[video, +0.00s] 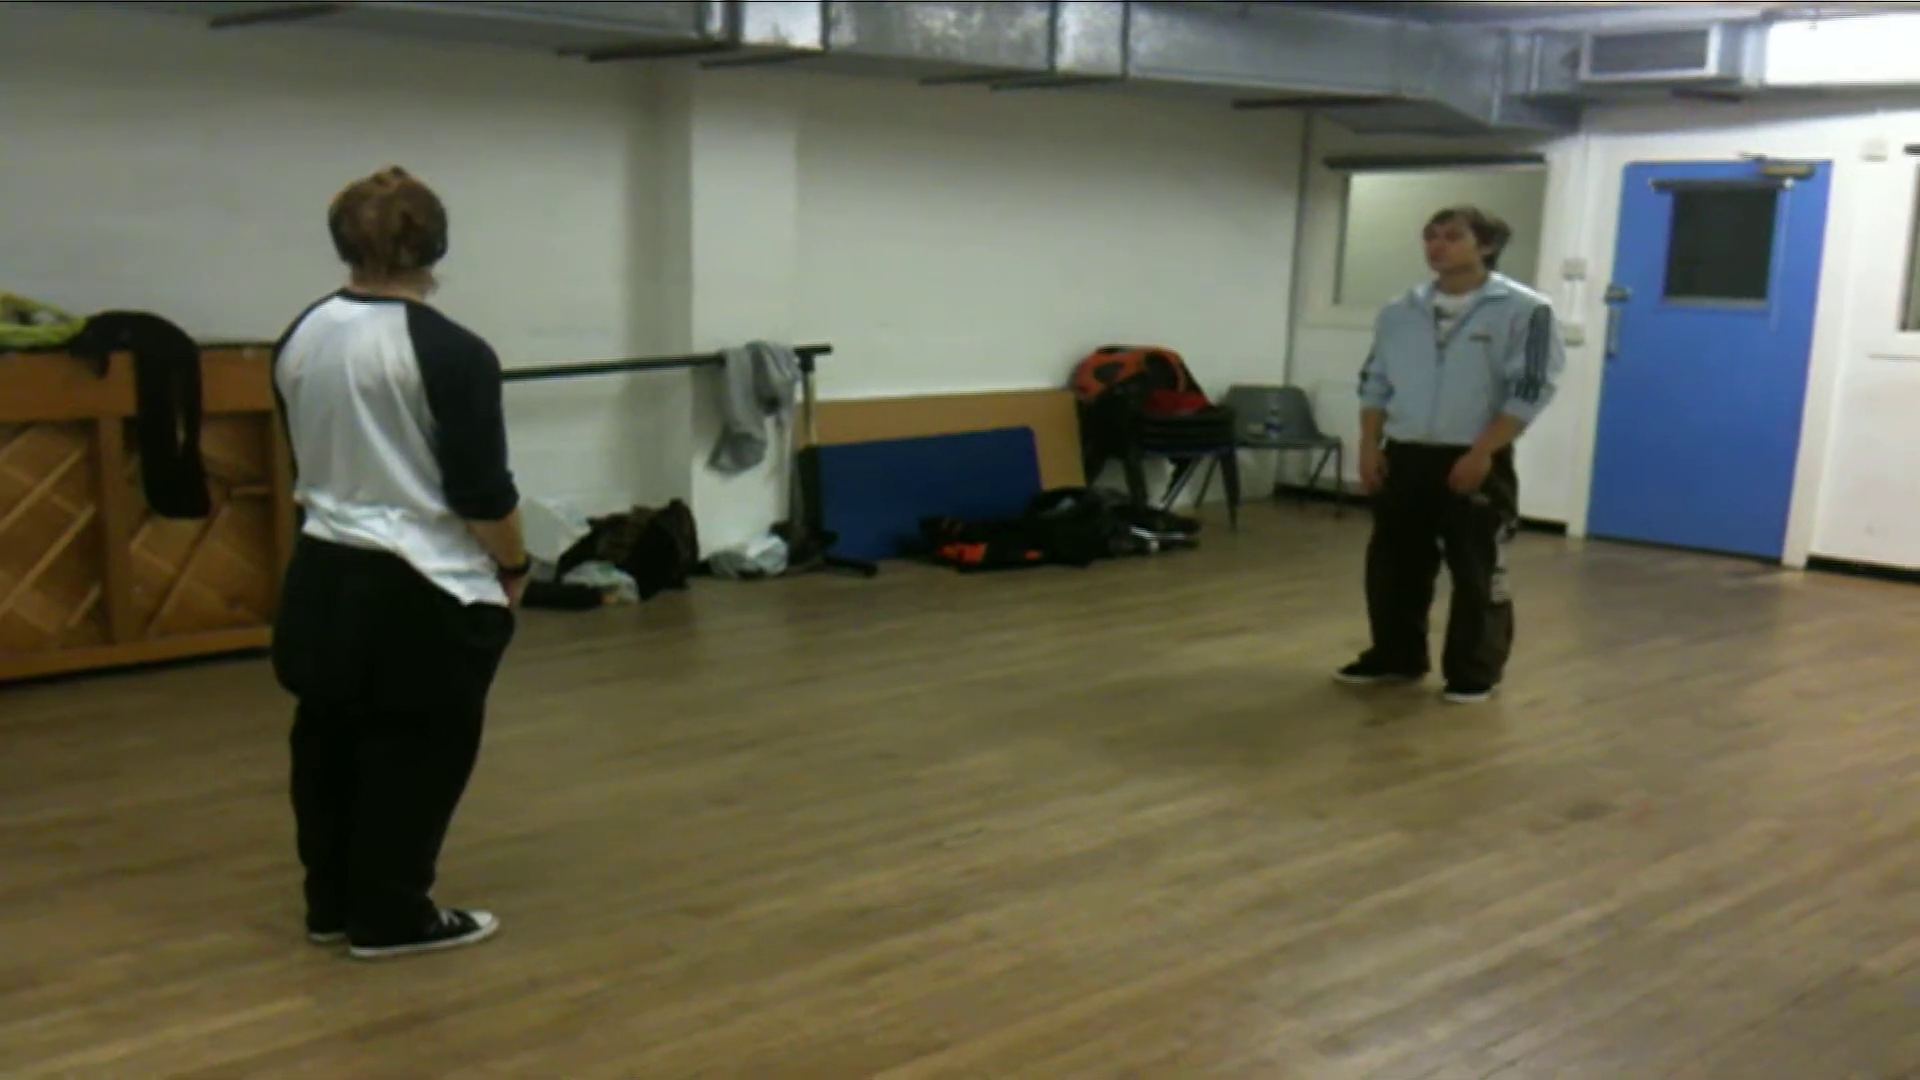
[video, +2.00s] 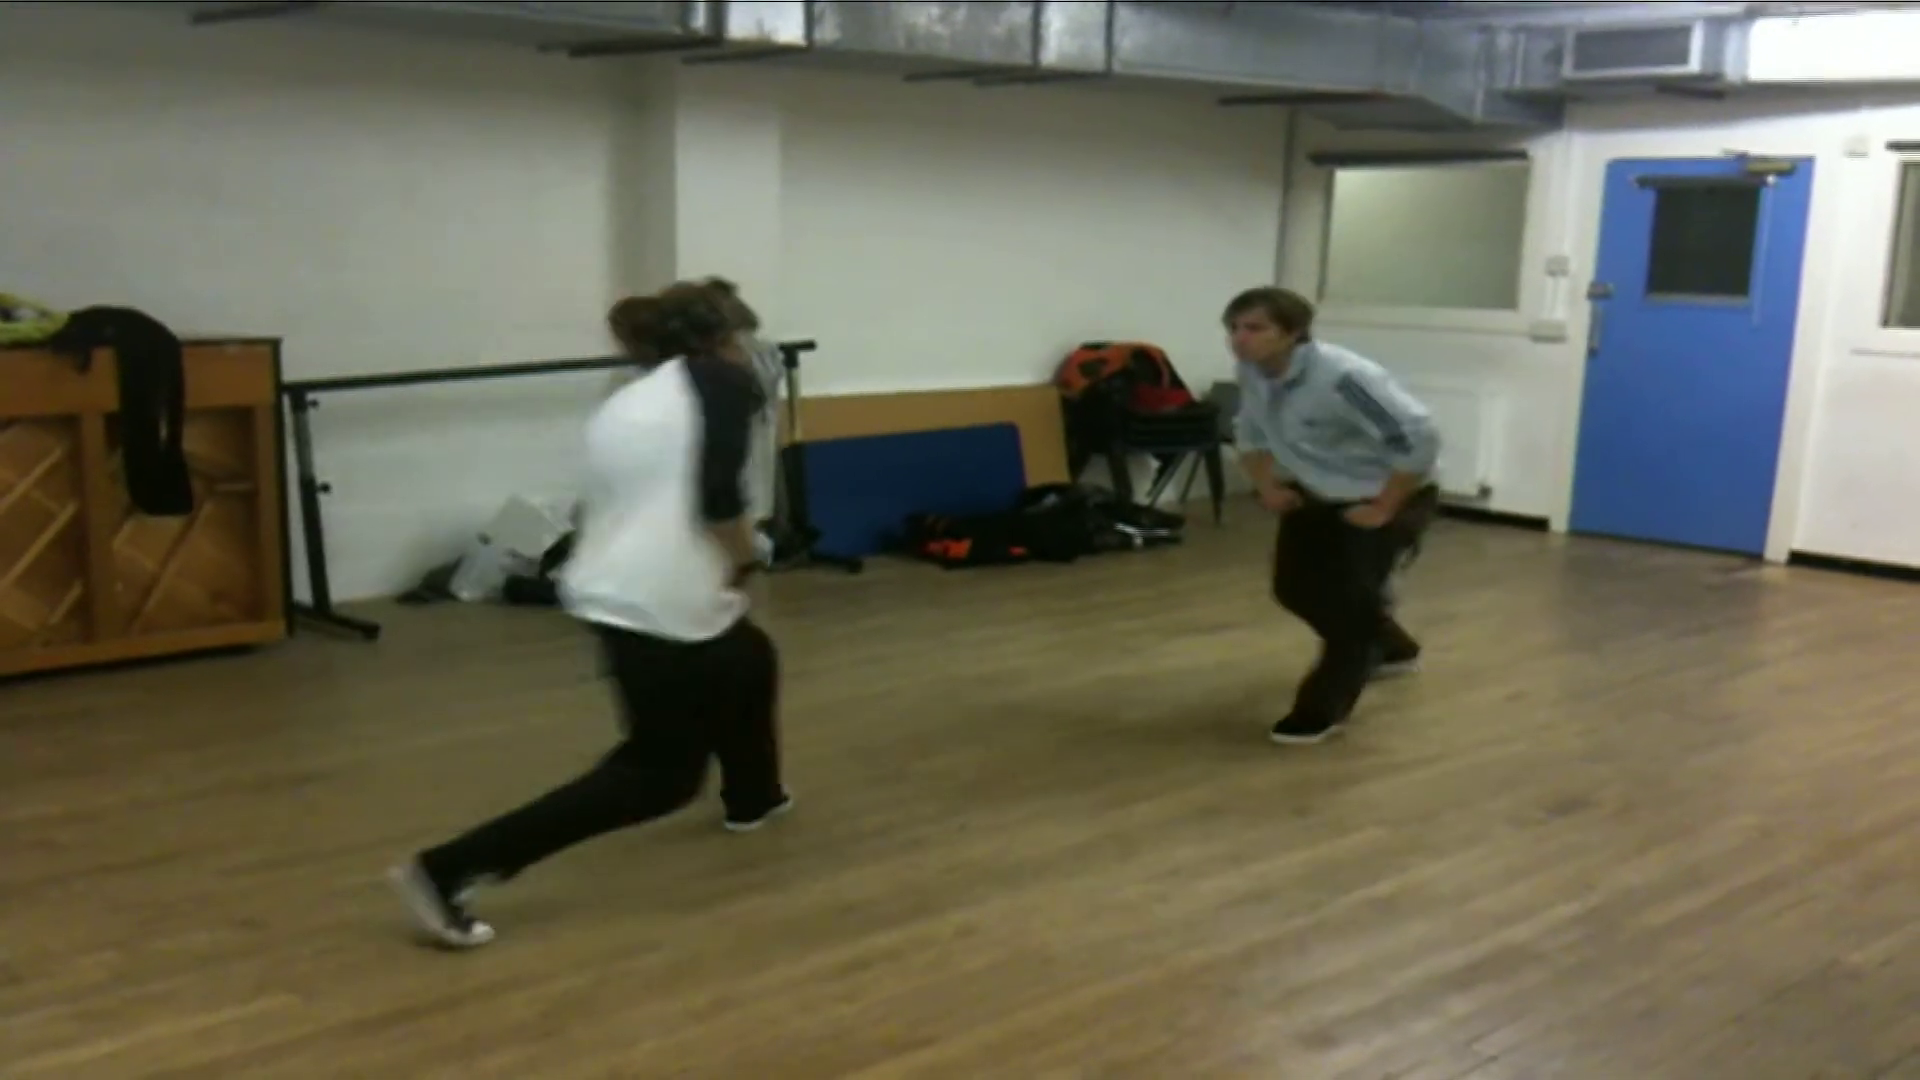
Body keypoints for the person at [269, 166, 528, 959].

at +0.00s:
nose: (439, 252)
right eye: (436, 242)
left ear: (347, 248)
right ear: (431, 249)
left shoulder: (300, 339)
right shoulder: (453, 355)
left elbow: (308, 469)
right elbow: (483, 492)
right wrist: (512, 566)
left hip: (324, 585)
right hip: (428, 599)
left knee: (330, 738)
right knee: (423, 756)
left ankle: (331, 902)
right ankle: (393, 913)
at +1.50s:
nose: (525, 247)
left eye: (522, 233)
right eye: (516, 234)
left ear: (440, 246)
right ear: (479, 248)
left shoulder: (375, 326)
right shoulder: (480, 354)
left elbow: (370, 461)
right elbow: (498, 500)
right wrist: (512, 588)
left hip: (341, 576)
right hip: (428, 594)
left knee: (355, 736)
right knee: (434, 757)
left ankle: (325, 900)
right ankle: (379, 910)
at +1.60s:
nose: (562, 257)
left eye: (560, 242)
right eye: (554, 245)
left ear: (479, 253)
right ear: (521, 257)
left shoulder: (416, 321)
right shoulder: (508, 353)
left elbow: (430, 458)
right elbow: (538, 505)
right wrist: (550, 587)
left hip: (380, 566)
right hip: (456, 586)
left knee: (420, 730)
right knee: (451, 751)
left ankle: (349, 872)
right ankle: (378, 907)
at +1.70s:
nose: (601, 279)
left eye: (600, 264)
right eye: (595, 266)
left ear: (518, 267)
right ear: (569, 273)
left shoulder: (458, 336)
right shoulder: (552, 367)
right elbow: (583, 507)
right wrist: (592, 581)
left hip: (420, 564)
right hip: (488, 577)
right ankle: (383, 902)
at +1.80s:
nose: (648, 308)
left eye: (646, 293)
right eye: (641, 295)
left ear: (569, 301)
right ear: (616, 304)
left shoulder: (522, 362)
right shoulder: (607, 383)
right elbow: (624, 521)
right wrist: (630, 585)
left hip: (461, 568)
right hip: (511, 585)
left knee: (628, 666)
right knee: (582, 744)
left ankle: (631, 818)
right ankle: (400, 886)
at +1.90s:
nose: (707, 343)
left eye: (706, 328)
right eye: (701, 330)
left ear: (631, 331)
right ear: (673, 334)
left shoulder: (587, 386)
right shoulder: (668, 384)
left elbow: (570, 493)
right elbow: (646, 500)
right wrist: (678, 566)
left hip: (525, 587)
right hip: (582, 607)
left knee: (685, 662)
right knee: (611, 773)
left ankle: (738, 783)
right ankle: (411, 887)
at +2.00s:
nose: (746, 346)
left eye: (745, 335)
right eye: (740, 336)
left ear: (671, 340)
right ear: (718, 337)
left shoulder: (629, 397)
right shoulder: (723, 382)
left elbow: (611, 506)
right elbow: (719, 496)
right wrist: (744, 559)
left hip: (606, 590)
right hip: (663, 599)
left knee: (749, 661)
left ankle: (753, 797)